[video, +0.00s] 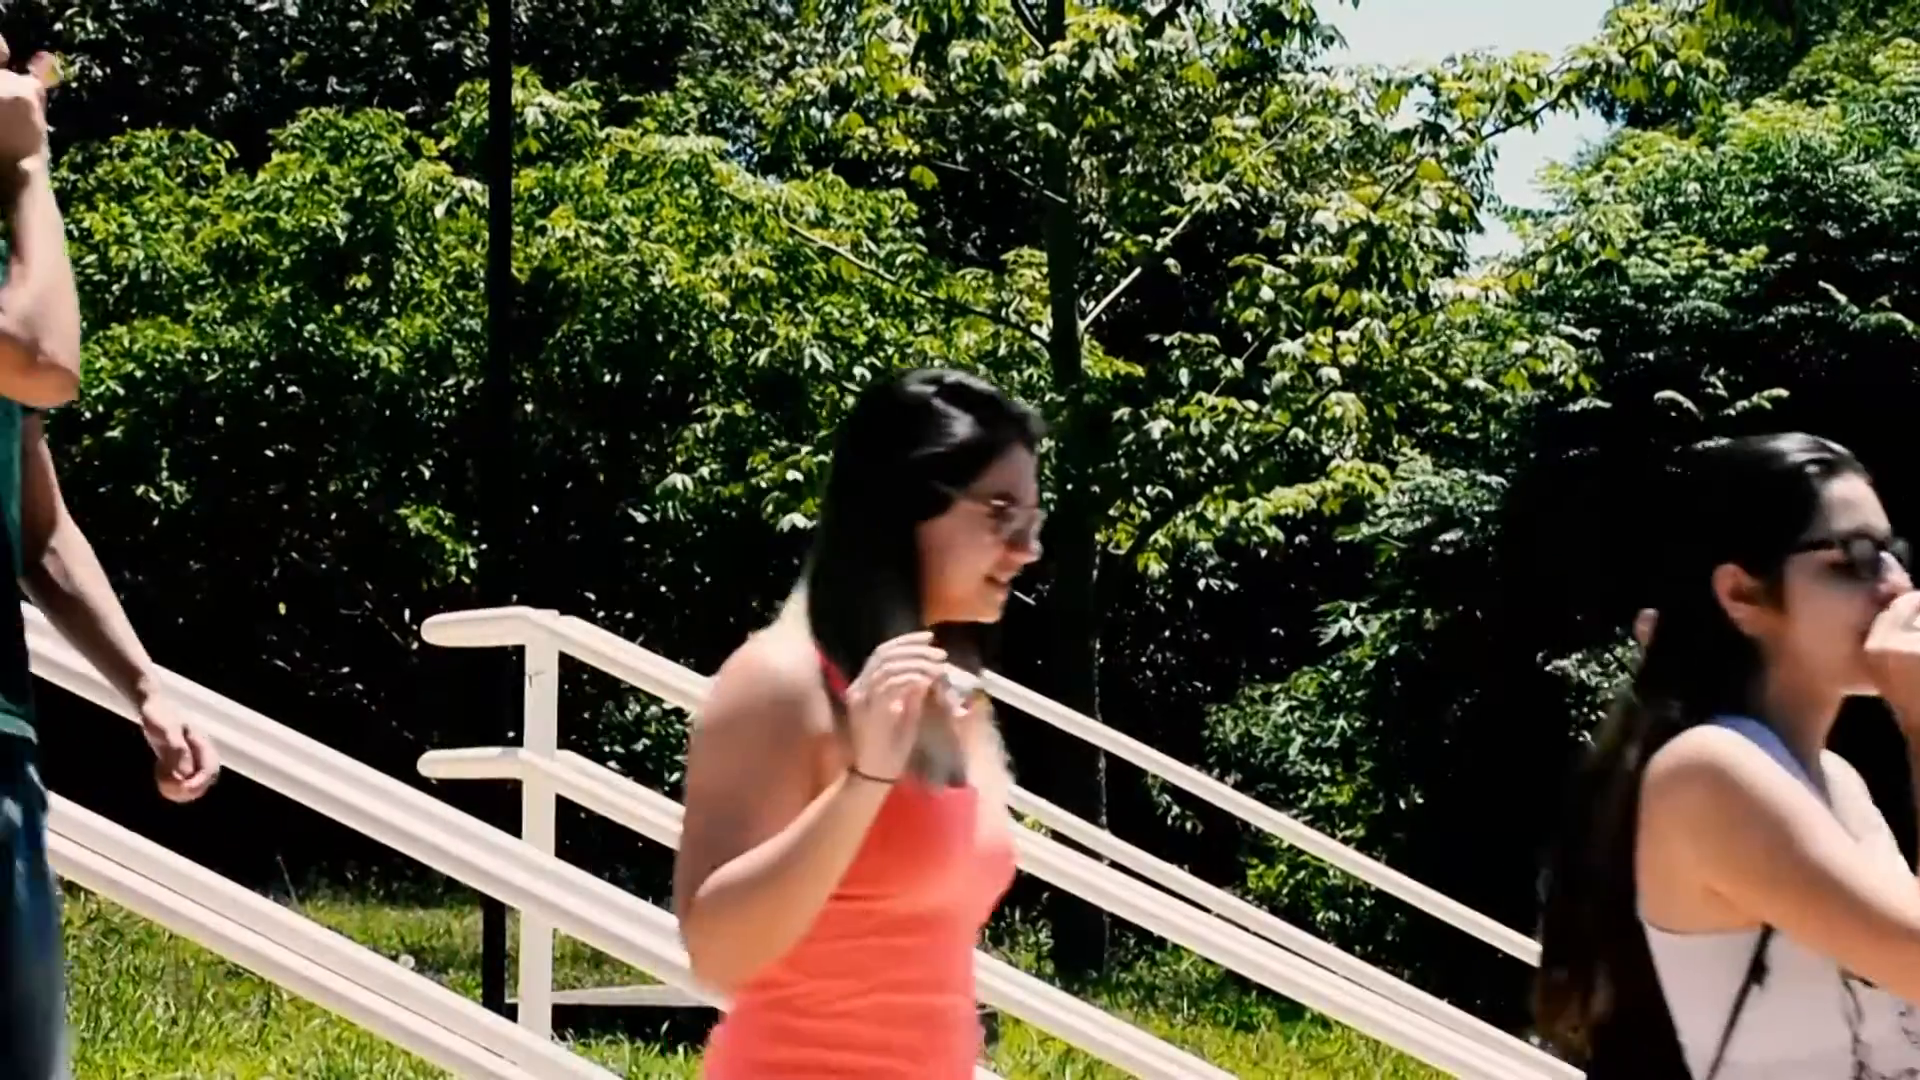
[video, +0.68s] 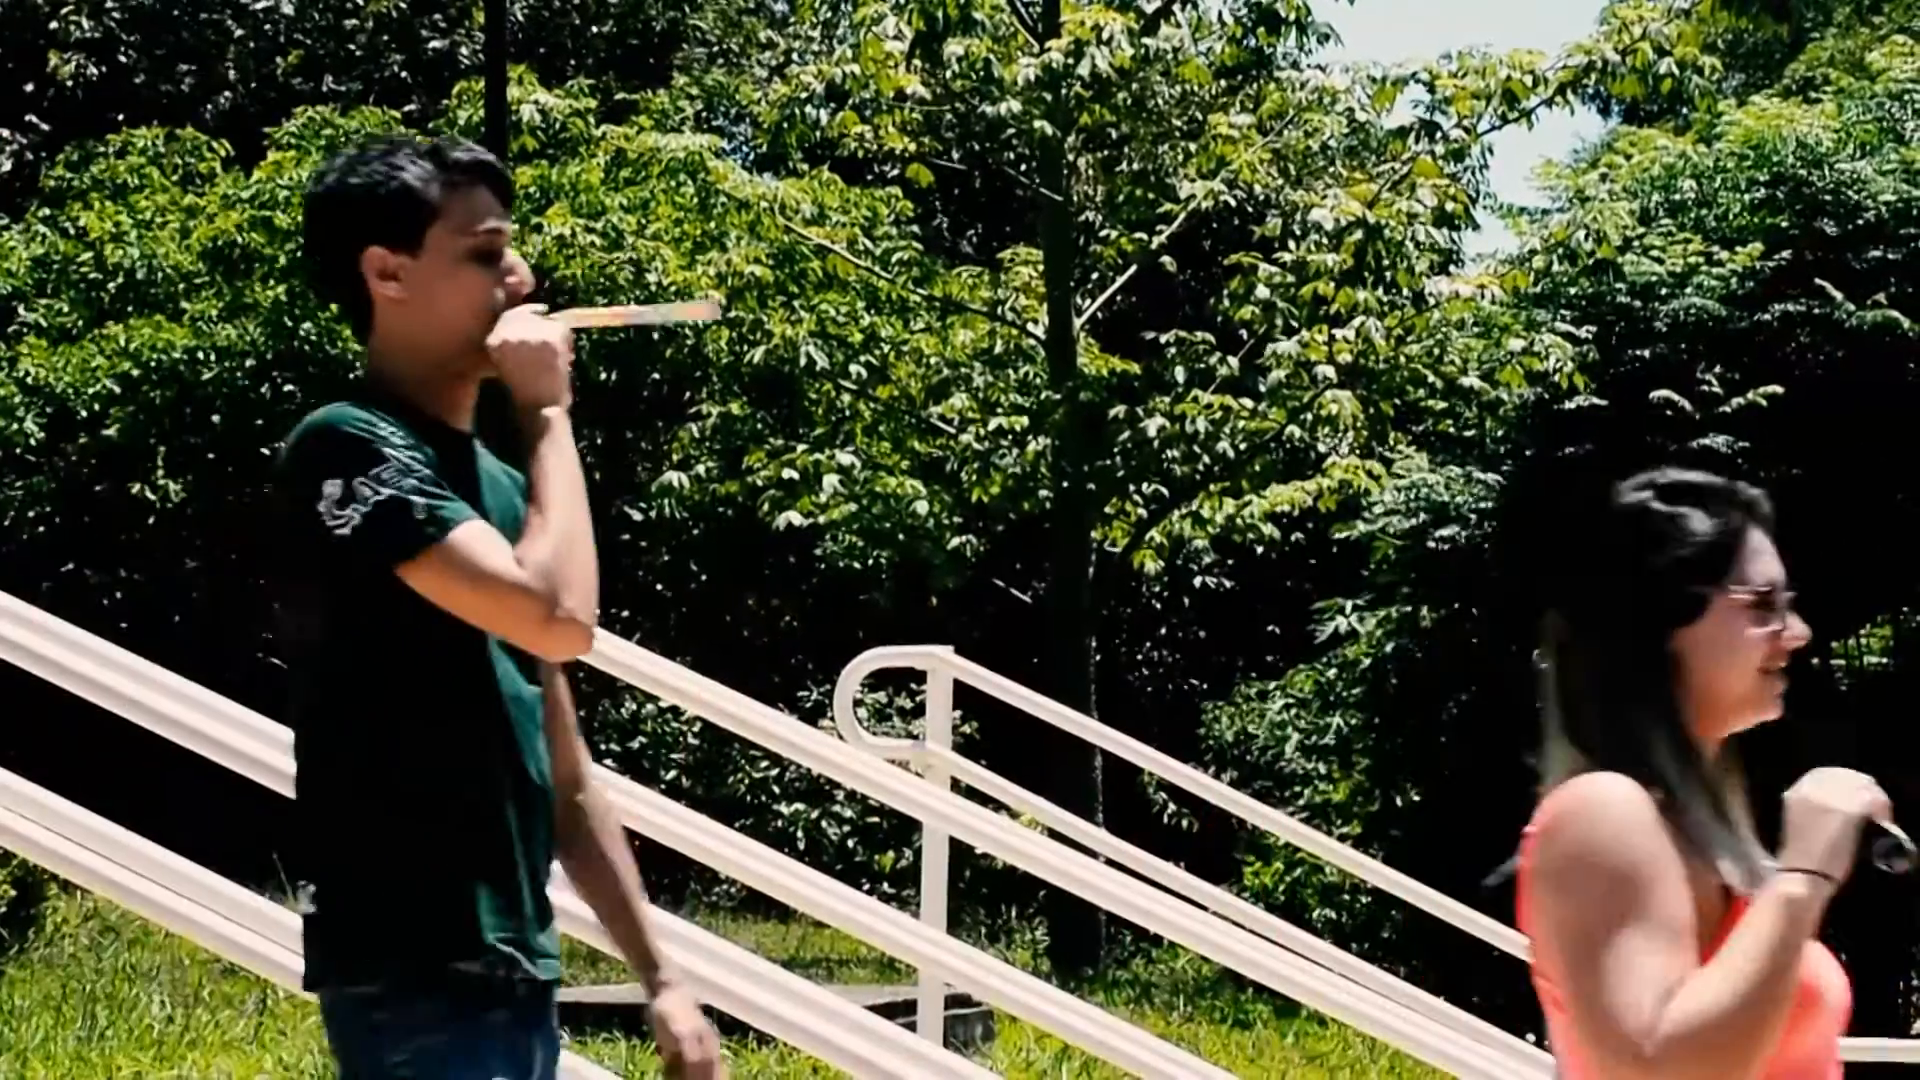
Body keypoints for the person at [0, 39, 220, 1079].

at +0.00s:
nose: (18, 83)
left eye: (17, 70)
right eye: (8, 70)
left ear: (15, 99)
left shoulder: (11, 301)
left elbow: (45, 533)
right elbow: (49, 358)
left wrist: (142, 683)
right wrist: (30, 163)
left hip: (4, 752)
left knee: (34, 1050)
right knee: (26, 1048)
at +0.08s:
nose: (58, 107)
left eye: (47, 80)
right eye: (27, 84)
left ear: (42, 101)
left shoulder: (35, 309)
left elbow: (78, 587)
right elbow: (116, 418)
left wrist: (186, 740)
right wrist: (90, 220)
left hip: (58, 822)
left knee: (203, 1066)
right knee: (9, 1059)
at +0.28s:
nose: (201, 187)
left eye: (201, 157)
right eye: (175, 153)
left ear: (89, 157)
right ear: (75, 153)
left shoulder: (172, 364)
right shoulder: (20, 333)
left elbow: (157, 610)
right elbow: (226, 516)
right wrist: (224, 310)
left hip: (212, 869)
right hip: (73, 893)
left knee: (356, 1071)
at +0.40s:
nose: (279, 205)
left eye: (278, 175)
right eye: (251, 174)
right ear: (153, 176)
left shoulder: (255, 379)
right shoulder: (92, 361)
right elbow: (311, 532)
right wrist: (301, 326)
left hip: (306, 909)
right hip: (165, 921)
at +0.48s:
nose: (345, 238)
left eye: (338, 210)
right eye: (314, 210)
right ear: (213, 216)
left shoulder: (326, 418)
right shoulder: (162, 400)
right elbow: (382, 563)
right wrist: (367, 362)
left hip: (376, 953)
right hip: (246, 960)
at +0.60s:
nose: (444, 271)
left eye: (437, 243)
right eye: (410, 243)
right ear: (310, 257)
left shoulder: (435, 473)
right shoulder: (272, 432)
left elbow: (479, 761)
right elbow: (490, 597)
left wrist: (529, 995)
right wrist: (471, 391)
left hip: (463, 970)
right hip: (356, 975)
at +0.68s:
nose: (523, 279)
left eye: (512, 250)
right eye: (485, 255)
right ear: (389, 275)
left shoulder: (504, 486)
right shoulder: (343, 448)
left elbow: (568, 784)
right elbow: (557, 616)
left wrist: (661, 982)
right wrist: (548, 413)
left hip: (517, 969)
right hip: (412, 979)